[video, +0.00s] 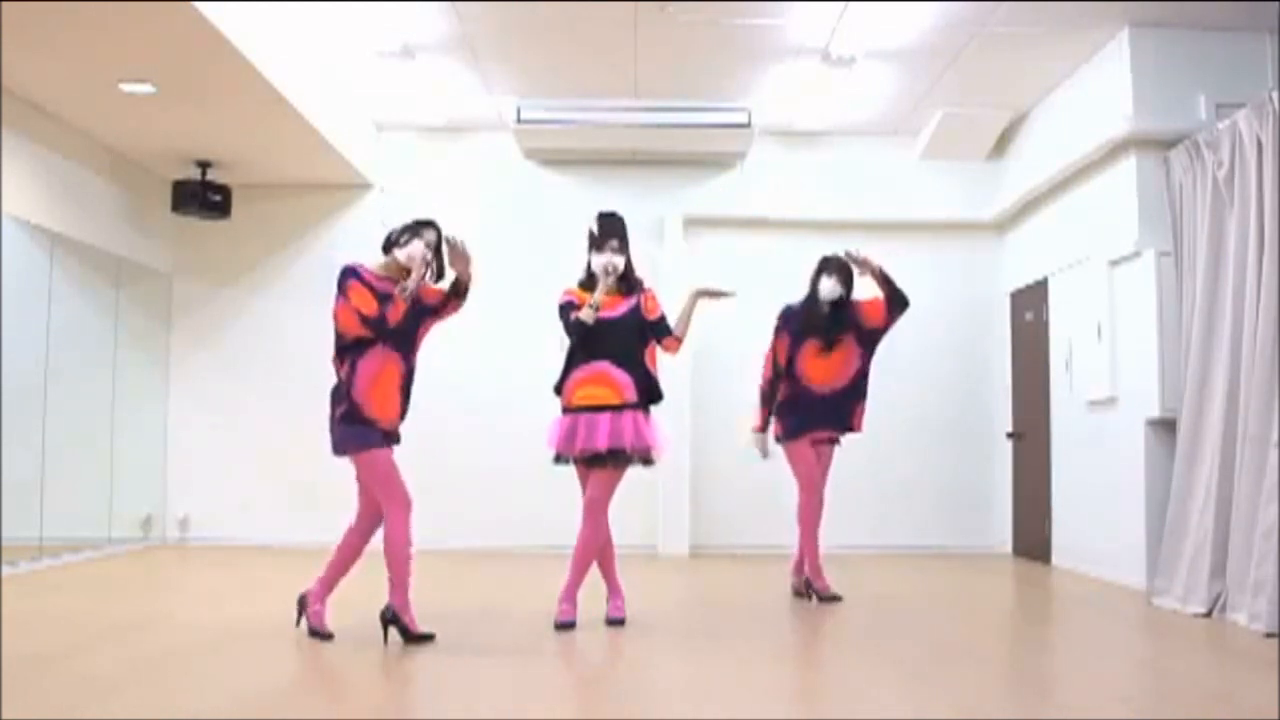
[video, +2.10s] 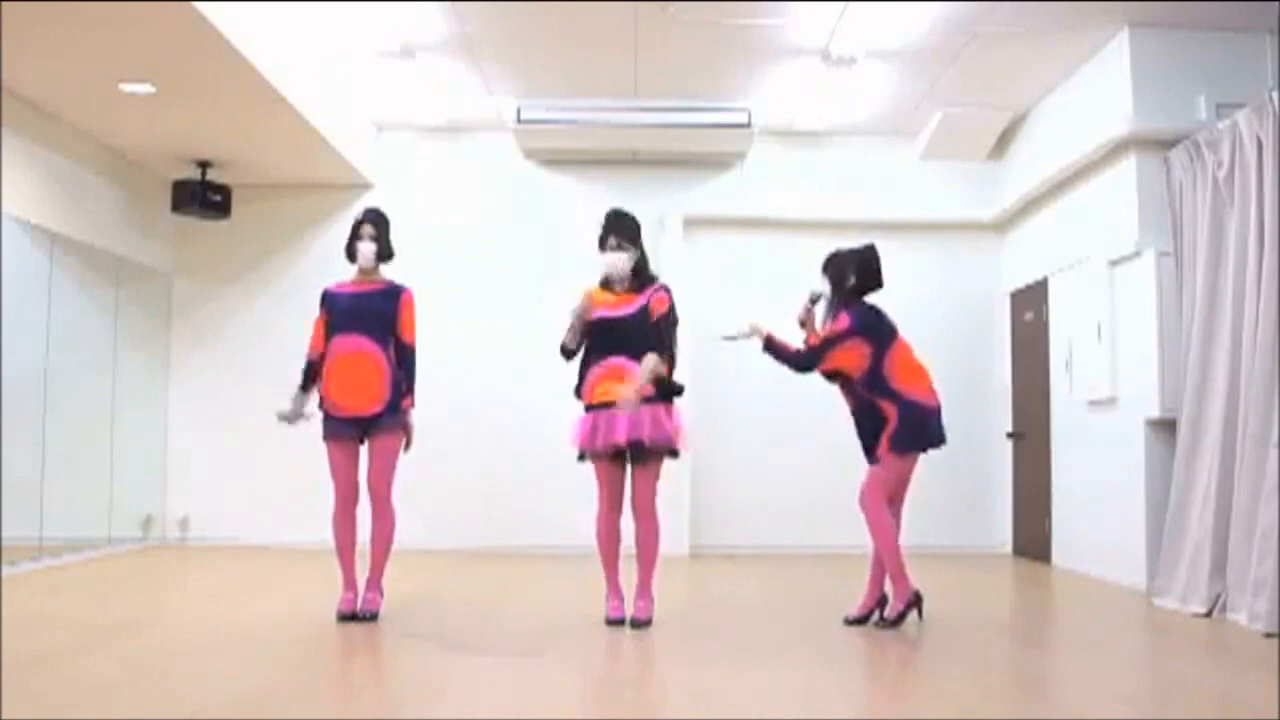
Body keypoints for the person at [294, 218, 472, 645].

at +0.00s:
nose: (425, 255)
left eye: (431, 253)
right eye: (422, 244)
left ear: (427, 264)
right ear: (398, 241)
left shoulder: (415, 297)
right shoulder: (355, 278)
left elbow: (449, 303)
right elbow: (375, 327)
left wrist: (462, 278)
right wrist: (409, 288)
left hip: (385, 417)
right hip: (354, 413)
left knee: (369, 515)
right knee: (397, 504)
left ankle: (316, 596)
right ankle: (400, 605)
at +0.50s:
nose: (389, 263)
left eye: (398, 257)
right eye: (383, 253)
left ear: (403, 267)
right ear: (366, 256)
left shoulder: (412, 307)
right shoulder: (339, 293)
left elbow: (459, 304)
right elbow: (334, 339)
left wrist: (430, 264)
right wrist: (364, 299)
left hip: (390, 423)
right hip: (343, 418)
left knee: (378, 511)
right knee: (373, 494)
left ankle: (355, 590)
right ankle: (347, 587)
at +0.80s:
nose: (373, 251)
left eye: (382, 246)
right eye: (367, 243)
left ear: (392, 252)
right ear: (356, 245)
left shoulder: (402, 299)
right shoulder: (338, 292)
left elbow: (433, 339)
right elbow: (317, 329)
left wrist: (414, 301)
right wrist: (341, 285)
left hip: (386, 410)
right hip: (338, 406)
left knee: (373, 505)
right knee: (335, 503)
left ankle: (375, 589)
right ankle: (328, 588)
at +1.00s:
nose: (374, 244)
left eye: (382, 238)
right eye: (368, 237)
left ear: (391, 247)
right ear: (356, 244)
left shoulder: (405, 293)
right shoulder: (333, 290)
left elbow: (444, 328)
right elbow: (289, 317)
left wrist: (419, 356)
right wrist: (307, 333)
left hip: (388, 408)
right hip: (340, 408)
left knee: (379, 498)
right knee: (344, 500)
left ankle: (376, 586)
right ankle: (349, 587)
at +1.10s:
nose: (372, 242)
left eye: (380, 237)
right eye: (367, 236)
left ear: (391, 246)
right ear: (355, 243)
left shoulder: (404, 293)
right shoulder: (332, 291)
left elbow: (432, 338)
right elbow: (303, 332)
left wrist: (431, 385)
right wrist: (292, 372)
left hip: (388, 407)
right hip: (340, 406)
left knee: (380, 493)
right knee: (344, 495)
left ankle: (375, 587)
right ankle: (347, 586)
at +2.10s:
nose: (365, 245)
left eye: (373, 239)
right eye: (360, 238)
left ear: (385, 247)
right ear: (350, 245)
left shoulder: (398, 296)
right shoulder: (332, 296)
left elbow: (406, 356)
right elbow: (317, 351)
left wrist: (407, 409)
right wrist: (301, 395)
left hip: (386, 409)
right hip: (339, 409)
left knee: (380, 493)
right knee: (345, 496)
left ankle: (374, 587)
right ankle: (348, 588)